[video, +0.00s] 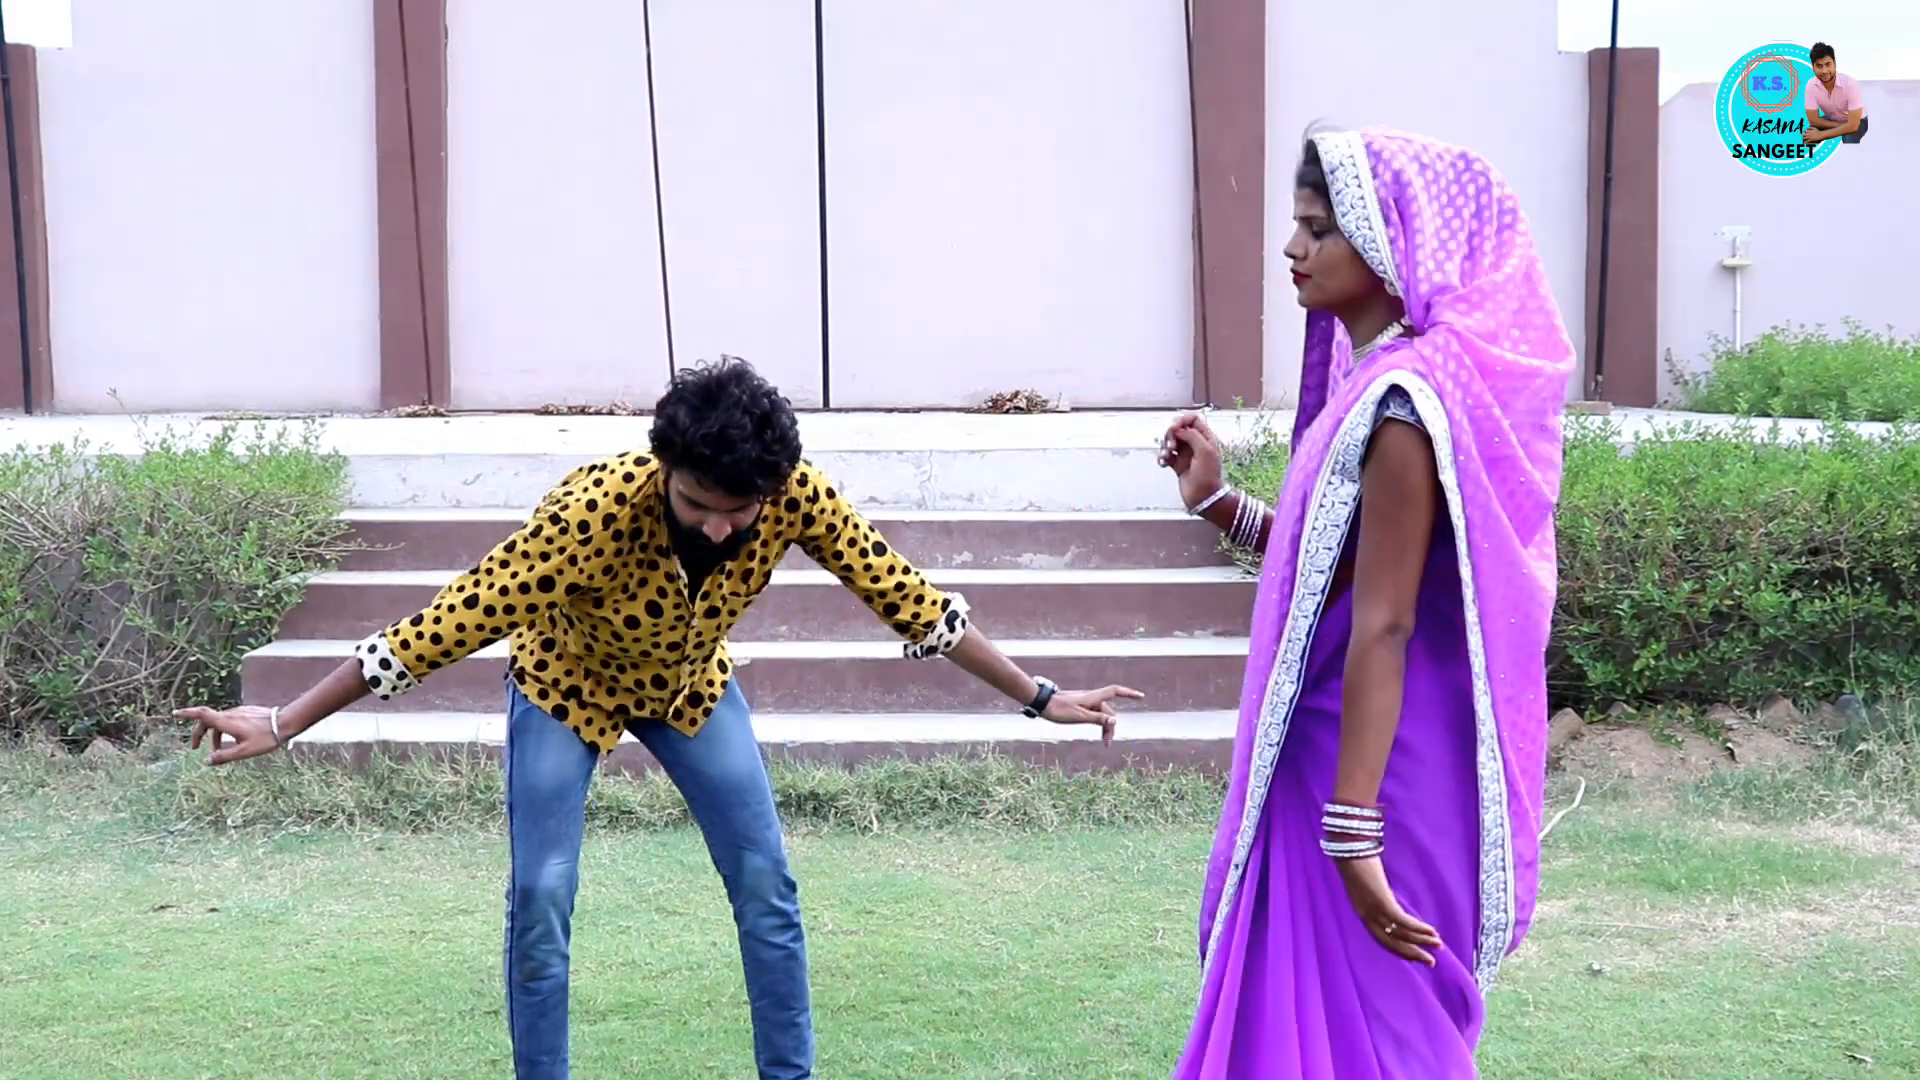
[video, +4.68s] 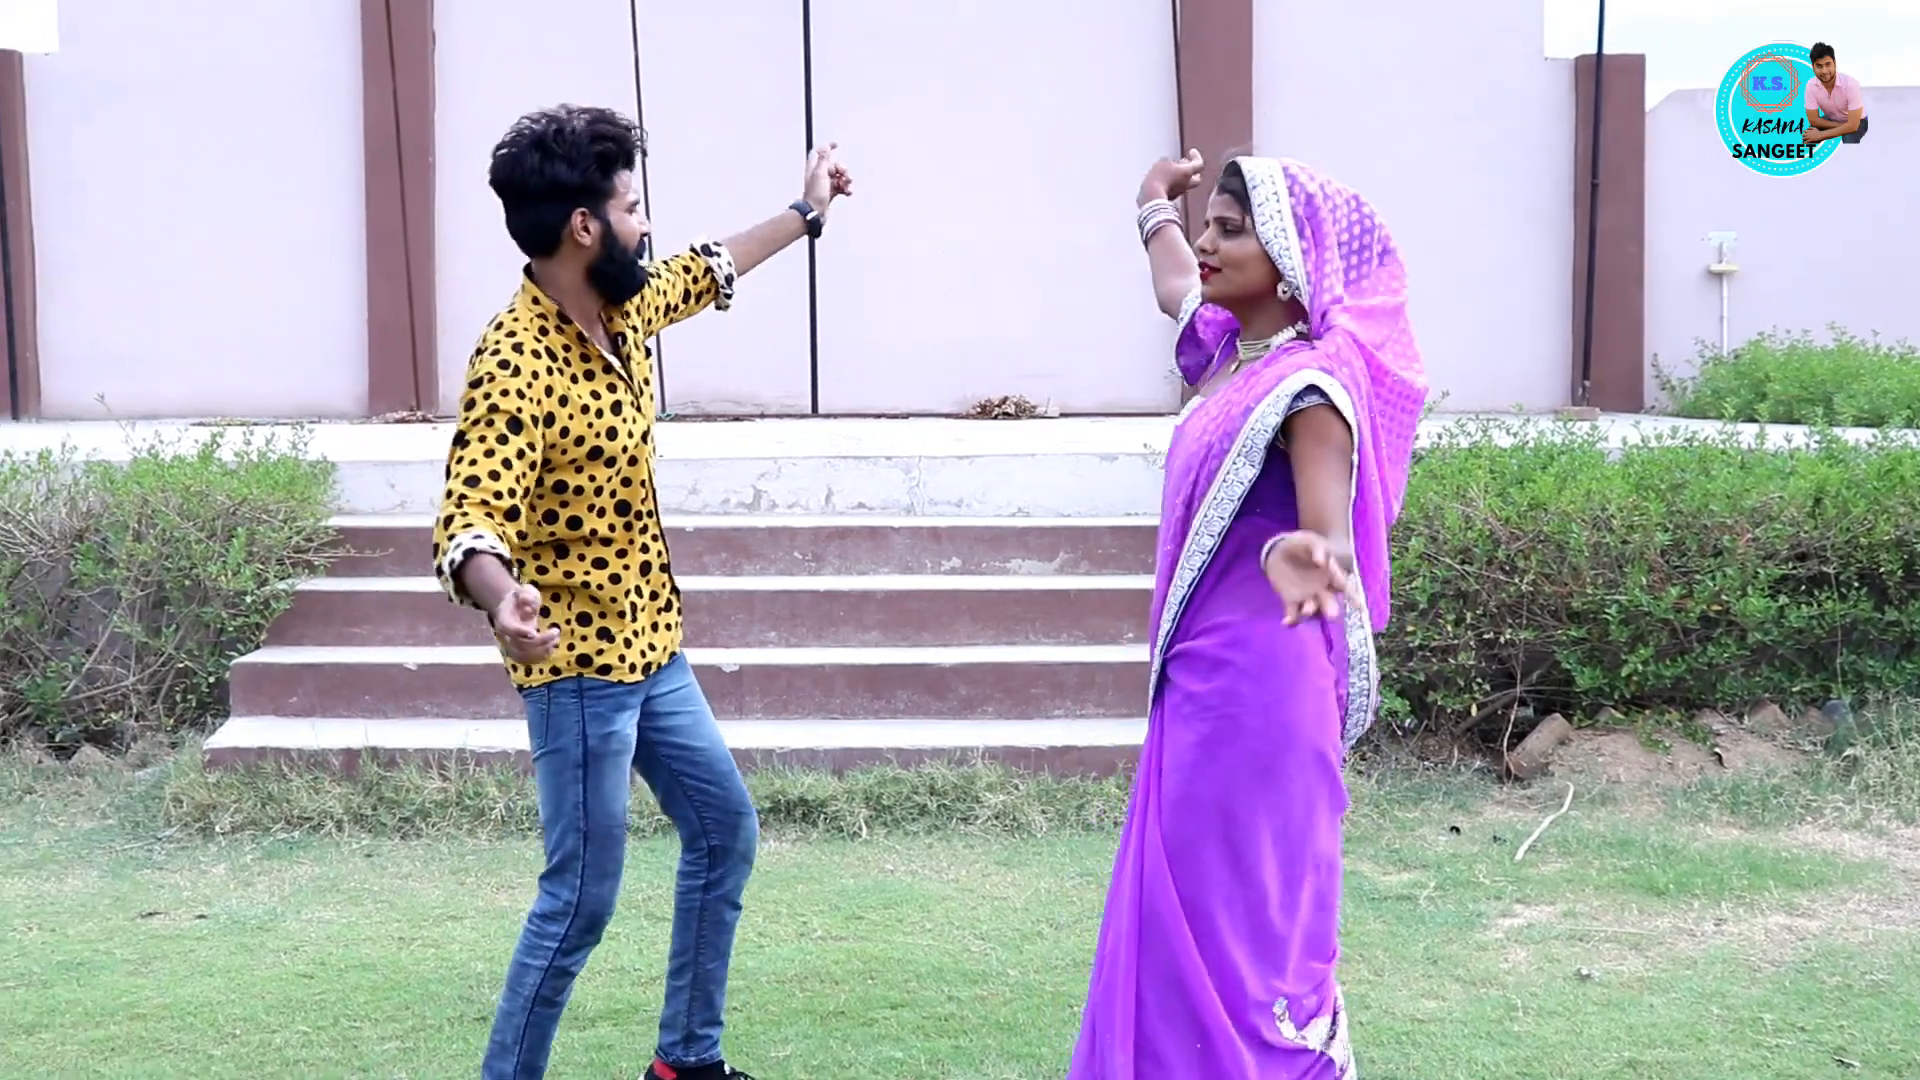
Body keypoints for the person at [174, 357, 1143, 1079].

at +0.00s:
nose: (724, 523)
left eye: (742, 506)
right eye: (706, 503)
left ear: (769, 482)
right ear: (666, 469)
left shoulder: (791, 492)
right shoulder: (596, 510)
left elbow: (904, 595)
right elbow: (451, 620)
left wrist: (1035, 697)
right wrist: (284, 722)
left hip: (688, 680)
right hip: (561, 683)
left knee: (767, 880)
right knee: (539, 897)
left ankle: (788, 1069)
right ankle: (542, 1074)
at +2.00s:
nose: (655, 396)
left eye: (680, 380)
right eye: (640, 370)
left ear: (714, 369)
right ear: (615, 344)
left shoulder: (726, 419)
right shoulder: (546, 427)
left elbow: (799, 532)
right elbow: (427, 560)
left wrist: (895, 626)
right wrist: (315, 719)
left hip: (611, 662)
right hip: (503, 659)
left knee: (713, 845)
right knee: (529, 888)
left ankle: (656, 1059)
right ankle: (468, 1073)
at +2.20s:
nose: (574, 302)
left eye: (593, 281)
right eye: (550, 281)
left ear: (617, 287)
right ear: (514, 285)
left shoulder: (622, 388)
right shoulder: (467, 400)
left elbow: (718, 489)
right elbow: (361, 532)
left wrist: (835, 551)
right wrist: (244, 652)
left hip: (578, 680)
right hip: (465, 685)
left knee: (673, 876)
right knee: (470, 918)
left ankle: (600, 1066)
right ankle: (413, 1072)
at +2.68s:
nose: (438, 202)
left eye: (452, 183)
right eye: (411, 189)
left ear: (477, 201)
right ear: (375, 220)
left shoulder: (507, 339)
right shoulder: (364, 337)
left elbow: (648, 396)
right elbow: (270, 422)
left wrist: (794, 406)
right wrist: (180, 486)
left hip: (530, 662)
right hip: (423, 671)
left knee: (604, 856)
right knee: (408, 912)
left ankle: (553, 1062)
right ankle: (355, 1070)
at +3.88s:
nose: (367, 223)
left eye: (370, 200)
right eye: (334, 218)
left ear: (390, 206)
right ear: (298, 255)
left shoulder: (462, 334)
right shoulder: (314, 363)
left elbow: (594, 319)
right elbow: (264, 438)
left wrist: (727, 245)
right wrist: (223, 483)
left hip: (513, 663)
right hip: (409, 682)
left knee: (600, 862)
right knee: (426, 932)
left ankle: (560, 1065)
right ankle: (370, 1074)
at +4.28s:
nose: (502, 211)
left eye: (495, 192)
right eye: (474, 202)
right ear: (413, 241)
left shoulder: (523, 317)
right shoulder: (394, 365)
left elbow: (641, 312)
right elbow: (351, 487)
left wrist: (751, 230)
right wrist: (327, 546)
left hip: (556, 663)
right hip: (468, 676)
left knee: (643, 845)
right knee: (490, 918)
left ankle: (611, 1068)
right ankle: (430, 1073)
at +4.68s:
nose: (646, 220)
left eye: (641, 201)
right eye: (631, 205)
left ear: (586, 224)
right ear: (579, 226)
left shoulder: (621, 306)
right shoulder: (516, 361)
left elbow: (703, 271)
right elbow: (470, 516)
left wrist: (804, 212)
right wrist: (500, 589)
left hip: (650, 651)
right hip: (574, 665)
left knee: (725, 833)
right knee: (579, 898)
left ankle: (688, 1056)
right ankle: (508, 1071)